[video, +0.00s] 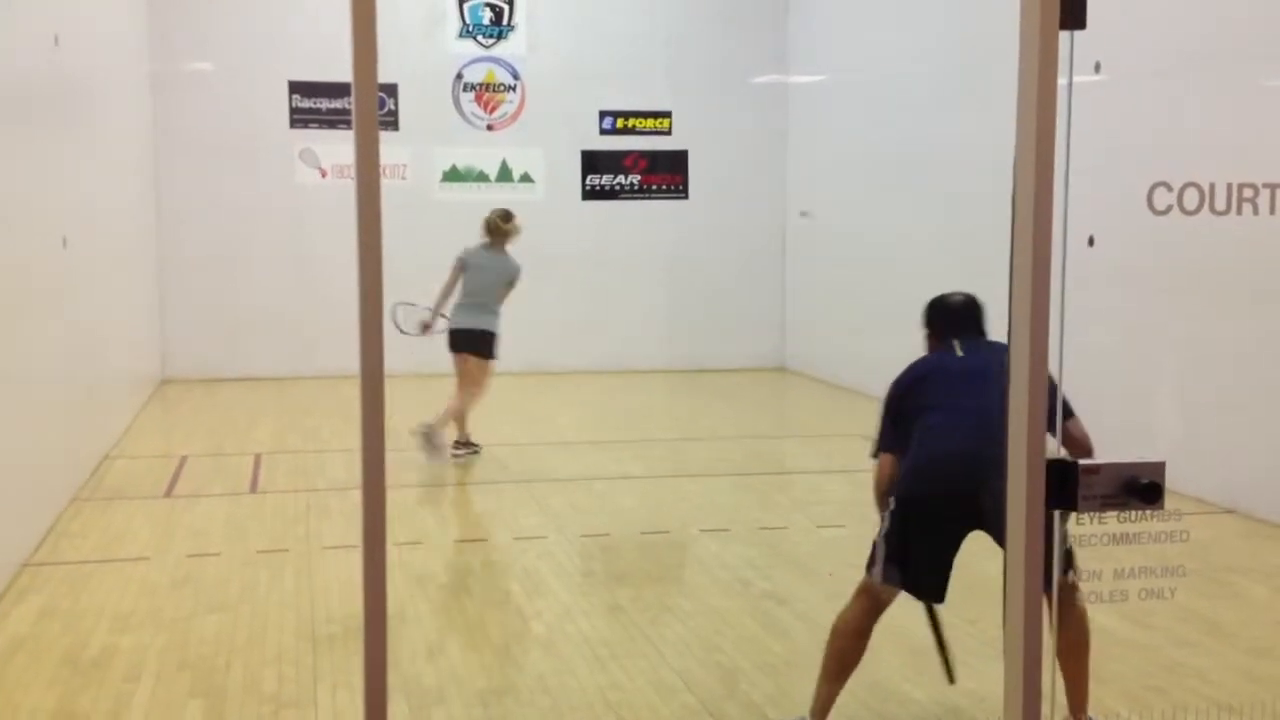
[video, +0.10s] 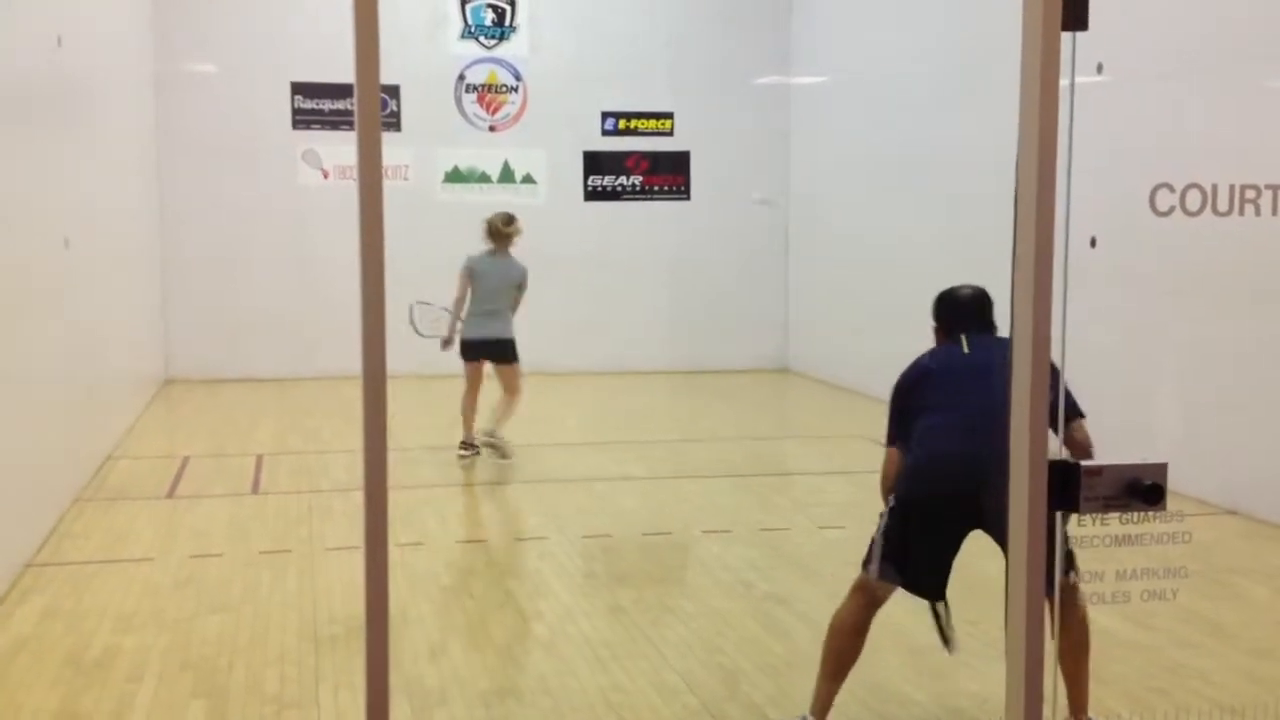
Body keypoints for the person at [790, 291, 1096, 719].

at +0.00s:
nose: (925, 342)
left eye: (925, 336)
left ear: (931, 336)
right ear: (982, 331)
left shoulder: (914, 376)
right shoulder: (1021, 362)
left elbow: (886, 470)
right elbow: (1081, 444)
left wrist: (887, 516)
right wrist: (1079, 478)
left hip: (929, 486)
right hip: (1010, 486)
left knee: (870, 597)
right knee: (1064, 592)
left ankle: (817, 713)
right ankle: (1080, 713)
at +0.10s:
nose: (933, 336)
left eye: (932, 329)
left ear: (939, 330)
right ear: (993, 323)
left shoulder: (919, 372)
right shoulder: (1029, 358)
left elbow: (893, 465)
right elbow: (1080, 440)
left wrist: (894, 517)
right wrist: (1081, 492)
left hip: (931, 485)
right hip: (1014, 487)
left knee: (867, 593)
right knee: (1066, 594)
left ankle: (817, 712)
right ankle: (1080, 713)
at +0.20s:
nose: (919, 326)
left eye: (919, 318)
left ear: (923, 320)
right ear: (976, 313)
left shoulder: (906, 364)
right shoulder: (1016, 352)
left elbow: (881, 462)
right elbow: (1058, 442)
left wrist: (888, 513)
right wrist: (1053, 499)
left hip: (928, 484)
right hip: (1010, 485)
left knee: (856, 590)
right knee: (1054, 595)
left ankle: (821, 712)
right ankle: (1078, 714)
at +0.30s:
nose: (887, 312)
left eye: (887, 306)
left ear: (891, 308)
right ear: (941, 302)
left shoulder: (881, 359)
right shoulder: (988, 346)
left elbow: (861, 454)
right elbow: (1017, 424)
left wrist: (856, 510)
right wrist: (1027, 495)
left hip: (918, 489)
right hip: (996, 489)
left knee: (845, 591)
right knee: (1039, 599)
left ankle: (820, 713)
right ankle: (1075, 713)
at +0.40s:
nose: (858, 307)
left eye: (859, 300)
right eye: (859, 299)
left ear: (868, 303)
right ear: (914, 294)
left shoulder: (864, 355)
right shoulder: (960, 334)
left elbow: (847, 445)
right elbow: (996, 419)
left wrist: (824, 506)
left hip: (913, 491)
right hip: (988, 488)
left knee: (841, 590)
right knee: (1022, 609)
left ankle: (821, 711)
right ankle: (1064, 710)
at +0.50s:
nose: (848, 305)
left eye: (849, 296)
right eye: (847, 295)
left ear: (864, 295)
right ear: (904, 287)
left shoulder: (870, 348)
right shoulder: (953, 324)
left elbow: (857, 435)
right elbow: (971, 408)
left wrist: (817, 511)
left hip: (920, 488)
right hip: (992, 481)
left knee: (849, 593)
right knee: (985, 594)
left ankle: (825, 713)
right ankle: (1047, 704)